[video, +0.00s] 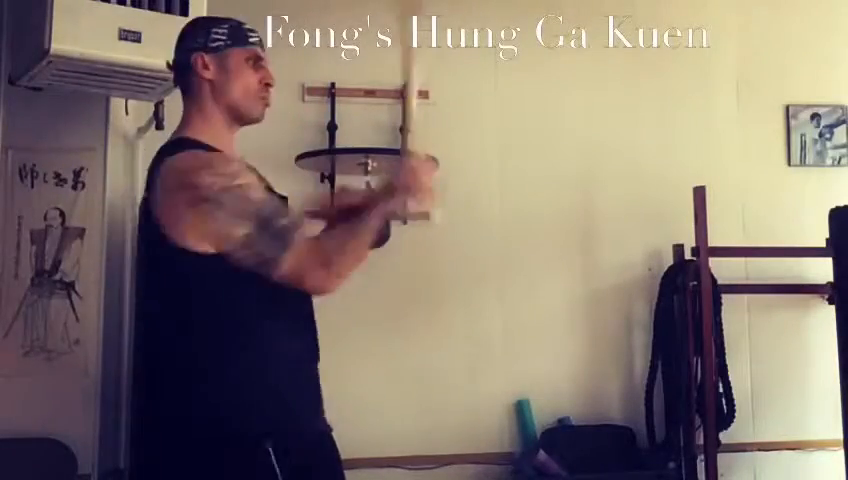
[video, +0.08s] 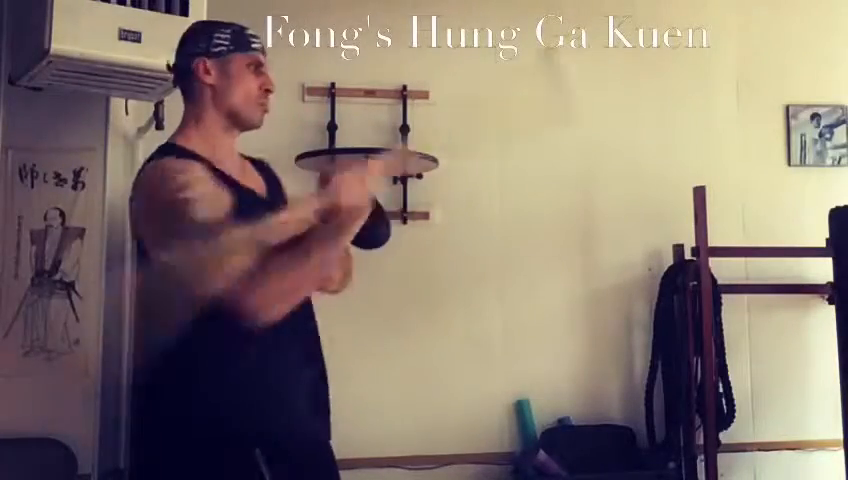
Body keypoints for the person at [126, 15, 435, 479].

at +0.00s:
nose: (270, 77)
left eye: (264, 64)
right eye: (253, 61)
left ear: (208, 68)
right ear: (205, 67)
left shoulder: (209, 166)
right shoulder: (200, 174)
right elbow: (319, 269)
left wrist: (322, 218)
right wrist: (388, 203)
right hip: (247, 440)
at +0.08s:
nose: (269, 85)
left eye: (266, 70)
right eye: (255, 68)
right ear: (207, 71)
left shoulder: (261, 174)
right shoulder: (171, 177)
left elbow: (338, 276)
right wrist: (342, 217)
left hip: (289, 428)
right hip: (206, 435)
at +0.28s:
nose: (304, 100)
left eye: (303, 87)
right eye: (295, 83)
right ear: (248, 77)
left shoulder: (307, 190)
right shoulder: (164, 173)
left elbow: (334, 291)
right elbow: (45, 255)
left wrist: (254, 291)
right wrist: (110, 314)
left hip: (283, 430)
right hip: (183, 436)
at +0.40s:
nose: (316, 108)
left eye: (317, 95)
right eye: (307, 91)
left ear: (268, 84)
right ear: (263, 81)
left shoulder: (312, 192)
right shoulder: (176, 156)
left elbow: (331, 286)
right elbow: (31, 193)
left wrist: (237, 286)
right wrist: (107, 193)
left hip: (273, 413)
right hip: (179, 411)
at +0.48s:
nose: (314, 117)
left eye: (317, 104)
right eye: (310, 99)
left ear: (267, 88)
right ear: (266, 88)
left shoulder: (299, 178)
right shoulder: (187, 158)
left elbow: (334, 274)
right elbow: (146, 116)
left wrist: (262, 256)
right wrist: (266, 150)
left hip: (271, 392)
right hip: (188, 391)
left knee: (305, 470)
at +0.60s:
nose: (310, 110)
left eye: (311, 97)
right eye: (299, 92)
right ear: (253, 84)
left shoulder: (270, 190)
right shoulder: (186, 166)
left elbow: (330, 283)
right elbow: (263, 94)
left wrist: (297, 244)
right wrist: (369, 176)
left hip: (272, 408)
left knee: (305, 471)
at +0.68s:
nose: (298, 111)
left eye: (300, 99)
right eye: (291, 95)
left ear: (251, 90)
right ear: (253, 88)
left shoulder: (261, 184)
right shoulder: (205, 140)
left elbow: (305, 299)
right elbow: (367, 116)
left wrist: (318, 243)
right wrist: (403, 225)